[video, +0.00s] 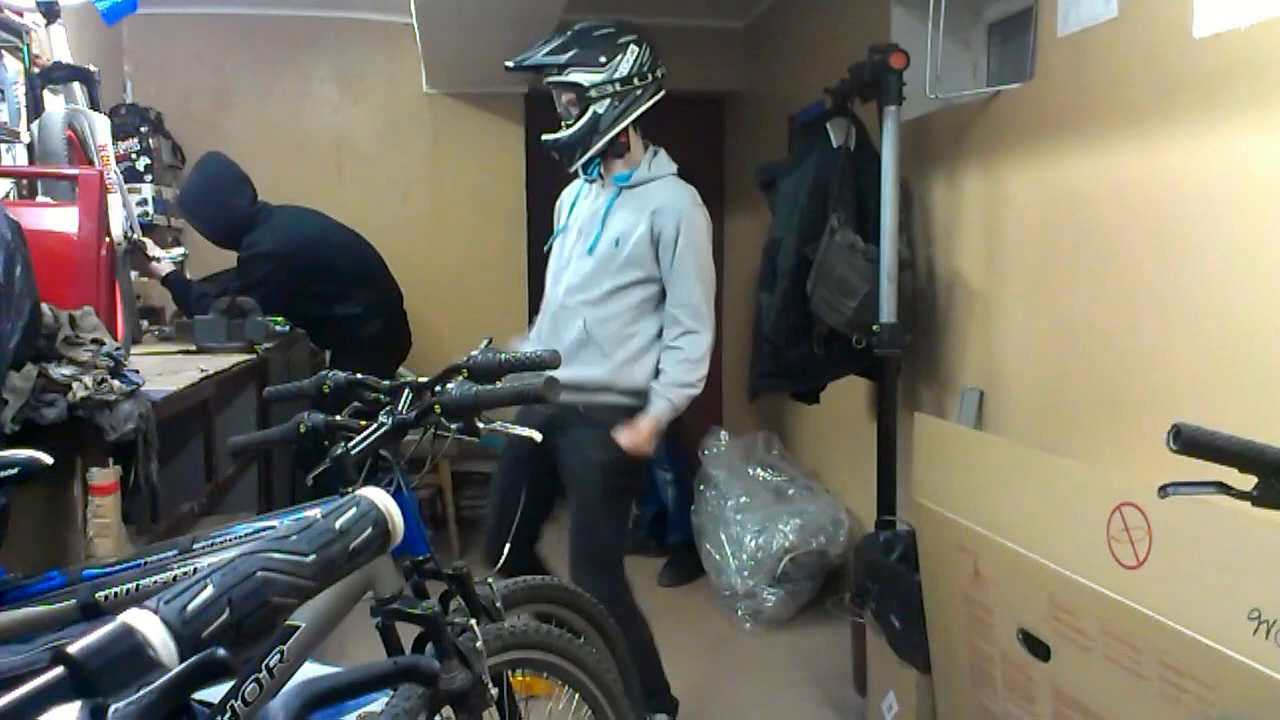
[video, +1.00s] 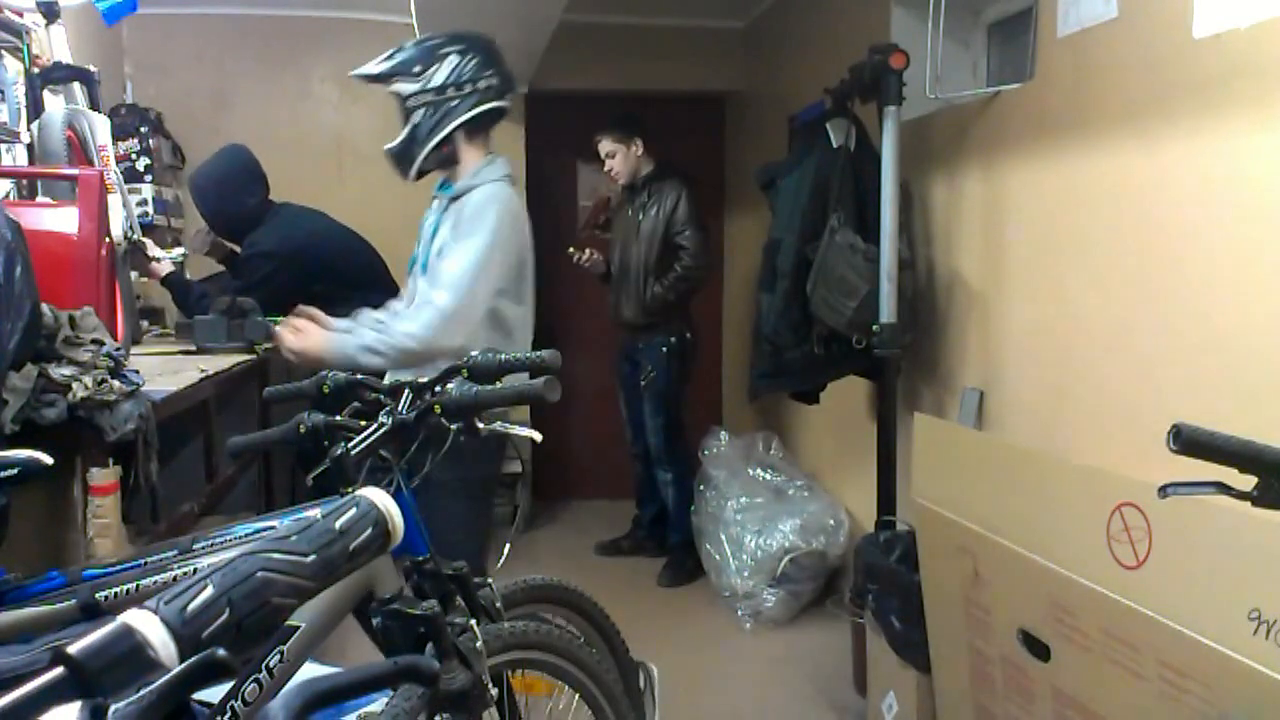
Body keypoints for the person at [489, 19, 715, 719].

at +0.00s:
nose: (559, 112)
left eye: (572, 97)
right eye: (558, 98)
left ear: (619, 105)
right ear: (604, 109)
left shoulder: (674, 204)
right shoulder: (576, 196)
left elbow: (692, 332)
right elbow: (558, 309)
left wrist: (656, 417)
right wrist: (517, 383)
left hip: (609, 417)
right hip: (544, 405)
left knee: (596, 581)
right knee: (502, 548)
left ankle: (653, 705)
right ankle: (561, 654)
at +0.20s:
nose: (558, 120)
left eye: (571, 106)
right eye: (560, 106)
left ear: (616, 114)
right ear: (608, 119)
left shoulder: (669, 219)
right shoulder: (570, 211)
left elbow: (669, 343)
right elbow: (506, 306)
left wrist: (605, 377)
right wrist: (432, 327)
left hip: (612, 436)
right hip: (541, 426)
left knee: (586, 599)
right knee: (473, 568)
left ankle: (650, 706)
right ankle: (450, 693)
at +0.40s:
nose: (536, 106)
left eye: (548, 92)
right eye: (537, 92)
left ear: (593, 97)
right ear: (578, 100)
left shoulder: (650, 206)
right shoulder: (559, 193)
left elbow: (662, 344)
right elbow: (529, 308)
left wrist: (602, 427)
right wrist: (479, 387)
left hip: (572, 423)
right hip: (506, 407)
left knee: (563, 586)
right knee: (434, 535)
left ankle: (638, 698)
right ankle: (460, 669)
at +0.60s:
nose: (491, 129)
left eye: (501, 113)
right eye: (493, 113)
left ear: (541, 120)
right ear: (538, 124)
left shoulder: (591, 216)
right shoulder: (513, 210)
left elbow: (561, 336)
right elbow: (458, 305)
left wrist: (459, 360)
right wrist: (387, 321)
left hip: (555, 437)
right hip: (490, 426)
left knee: (550, 601)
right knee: (407, 531)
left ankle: (643, 700)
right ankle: (443, 667)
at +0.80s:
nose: (440, 108)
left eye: (448, 91)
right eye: (440, 92)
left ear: (487, 91)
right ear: (491, 93)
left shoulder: (534, 195)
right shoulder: (485, 188)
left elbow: (545, 338)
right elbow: (461, 307)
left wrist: (476, 421)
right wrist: (413, 394)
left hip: (464, 424)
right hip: (426, 413)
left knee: (480, 583)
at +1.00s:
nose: (404, 122)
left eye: (411, 105)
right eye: (405, 107)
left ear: (446, 107)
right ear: (455, 109)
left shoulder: (491, 207)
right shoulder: (453, 202)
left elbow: (438, 329)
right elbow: (412, 310)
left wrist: (333, 348)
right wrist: (337, 328)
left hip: (464, 431)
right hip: (432, 422)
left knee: (452, 601)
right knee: (428, 594)